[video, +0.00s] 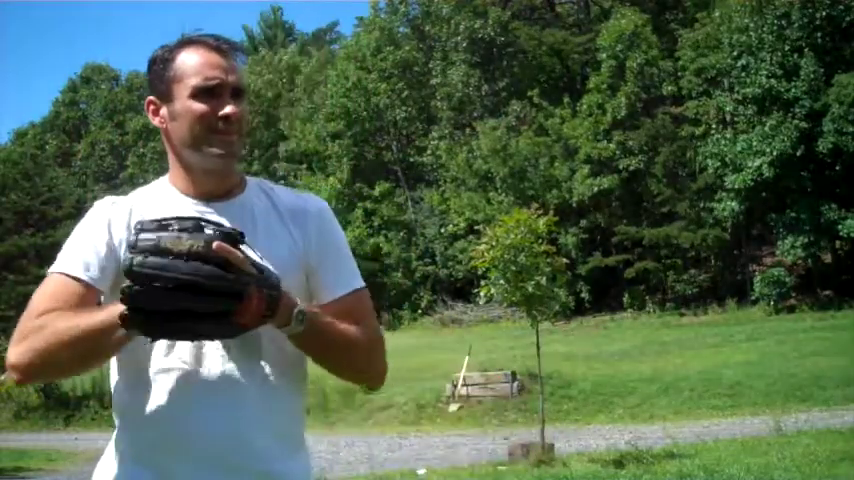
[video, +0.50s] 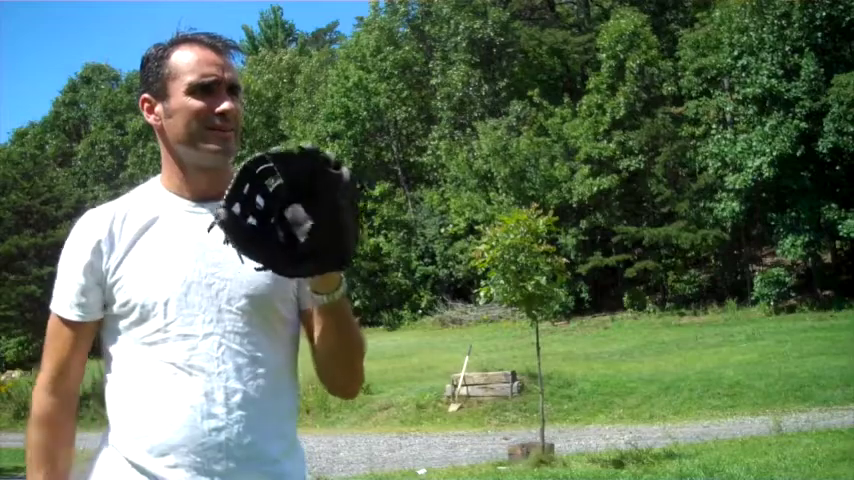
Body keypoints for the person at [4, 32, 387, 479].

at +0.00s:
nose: (231, 110)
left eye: (238, 96)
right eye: (209, 93)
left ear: (247, 108)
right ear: (158, 112)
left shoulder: (307, 217)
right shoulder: (115, 220)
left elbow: (371, 366)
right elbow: (24, 356)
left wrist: (282, 310)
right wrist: (137, 312)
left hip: (272, 467)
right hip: (145, 467)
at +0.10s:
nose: (229, 110)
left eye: (236, 95)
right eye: (207, 94)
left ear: (245, 107)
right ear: (156, 113)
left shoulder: (303, 222)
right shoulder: (113, 226)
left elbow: (352, 377)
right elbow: (39, 377)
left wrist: (287, 312)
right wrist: (173, 332)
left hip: (272, 468)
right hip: (146, 470)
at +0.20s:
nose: (228, 109)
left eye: (234, 94)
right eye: (207, 93)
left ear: (243, 105)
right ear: (156, 113)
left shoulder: (299, 220)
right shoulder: (108, 230)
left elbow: (344, 383)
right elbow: (49, 387)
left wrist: (303, 303)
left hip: (271, 469)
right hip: (143, 471)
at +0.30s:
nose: (228, 109)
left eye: (234, 94)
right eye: (205, 93)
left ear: (243, 106)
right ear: (155, 112)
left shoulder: (283, 221)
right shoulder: (108, 231)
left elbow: (348, 383)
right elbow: (62, 389)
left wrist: (320, 287)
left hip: (273, 469)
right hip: (151, 468)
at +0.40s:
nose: (227, 108)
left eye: (234, 93)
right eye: (204, 91)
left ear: (243, 106)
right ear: (154, 110)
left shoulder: (283, 221)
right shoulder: (105, 232)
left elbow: (348, 382)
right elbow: (64, 394)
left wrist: (327, 284)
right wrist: (68, 474)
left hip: (272, 469)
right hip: (145, 468)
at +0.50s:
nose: (227, 106)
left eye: (233, 91)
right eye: (205, 90)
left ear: (242, 104)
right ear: (154, 111)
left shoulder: (283, 223)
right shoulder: (103, 232)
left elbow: (347, 383)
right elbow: (56, 389)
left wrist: (328, 282)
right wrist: (45, 477)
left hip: (272, 470)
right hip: (141, 470)